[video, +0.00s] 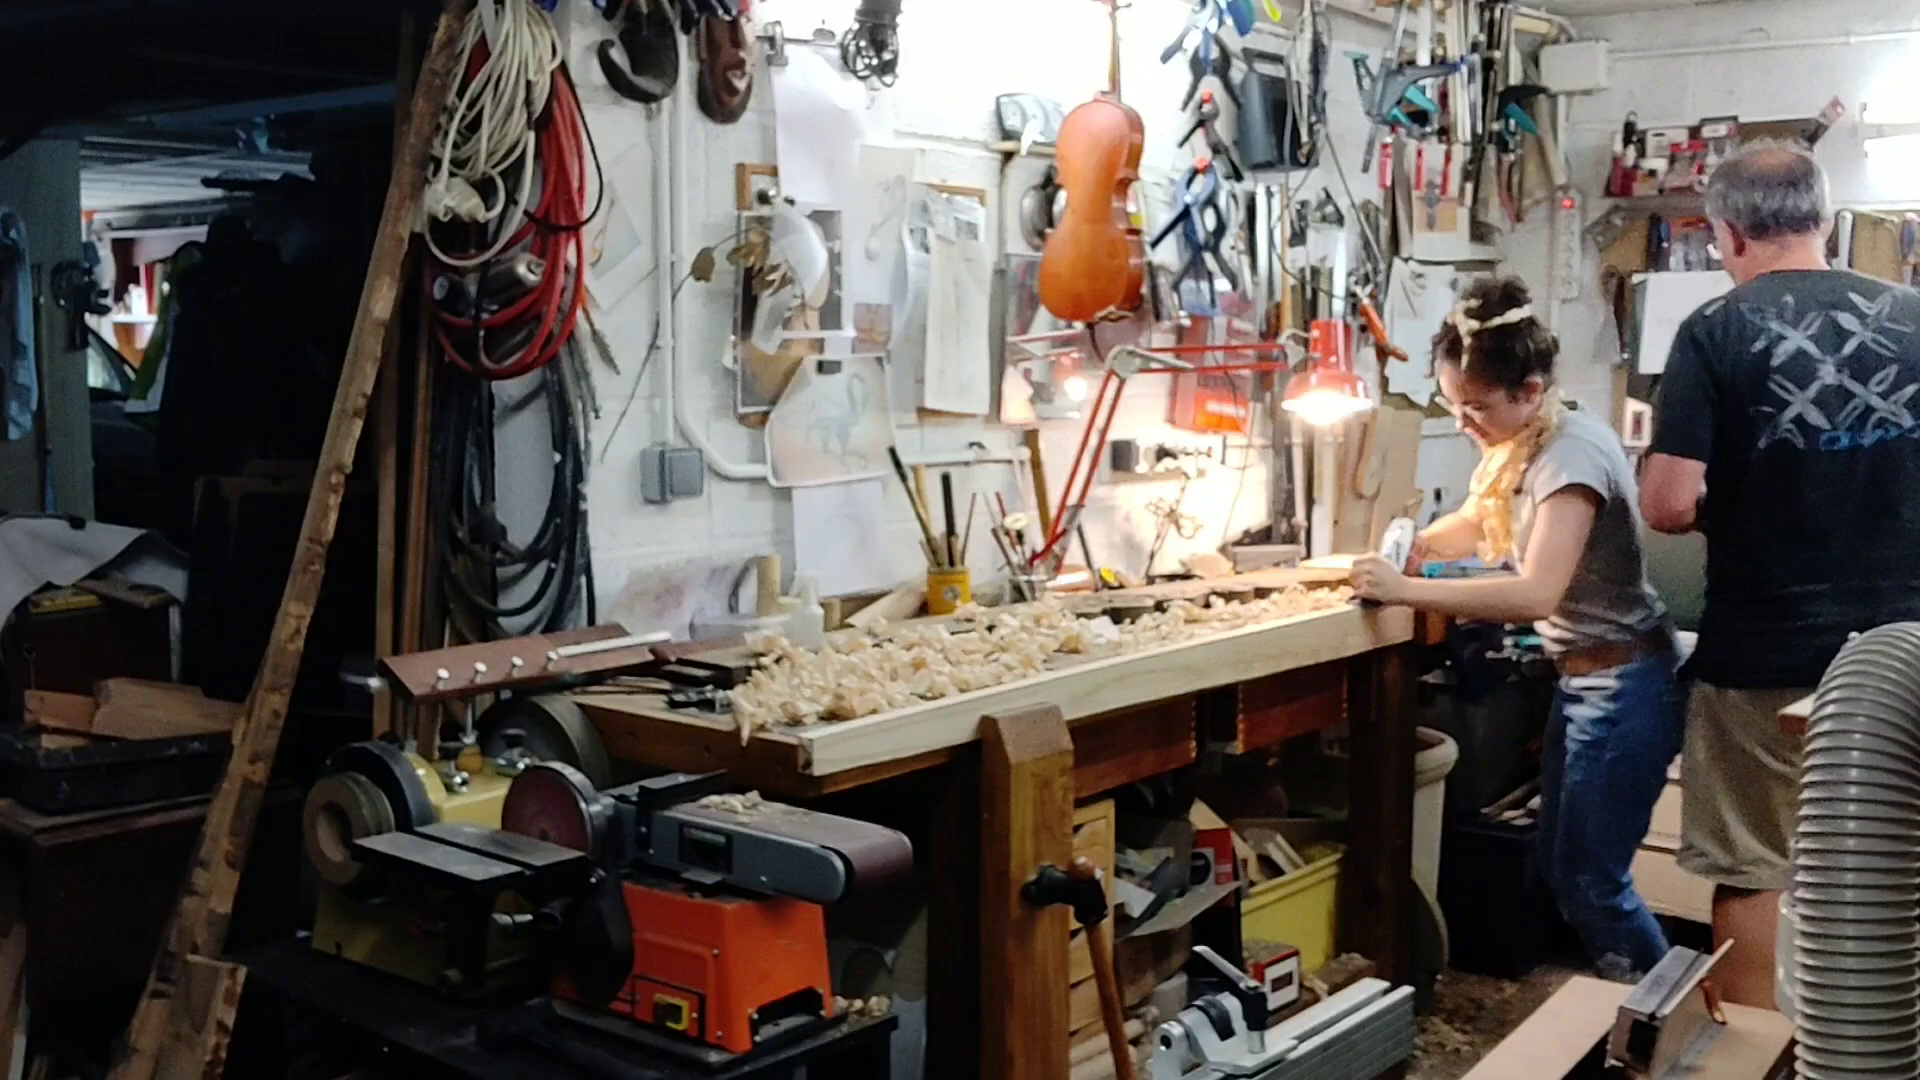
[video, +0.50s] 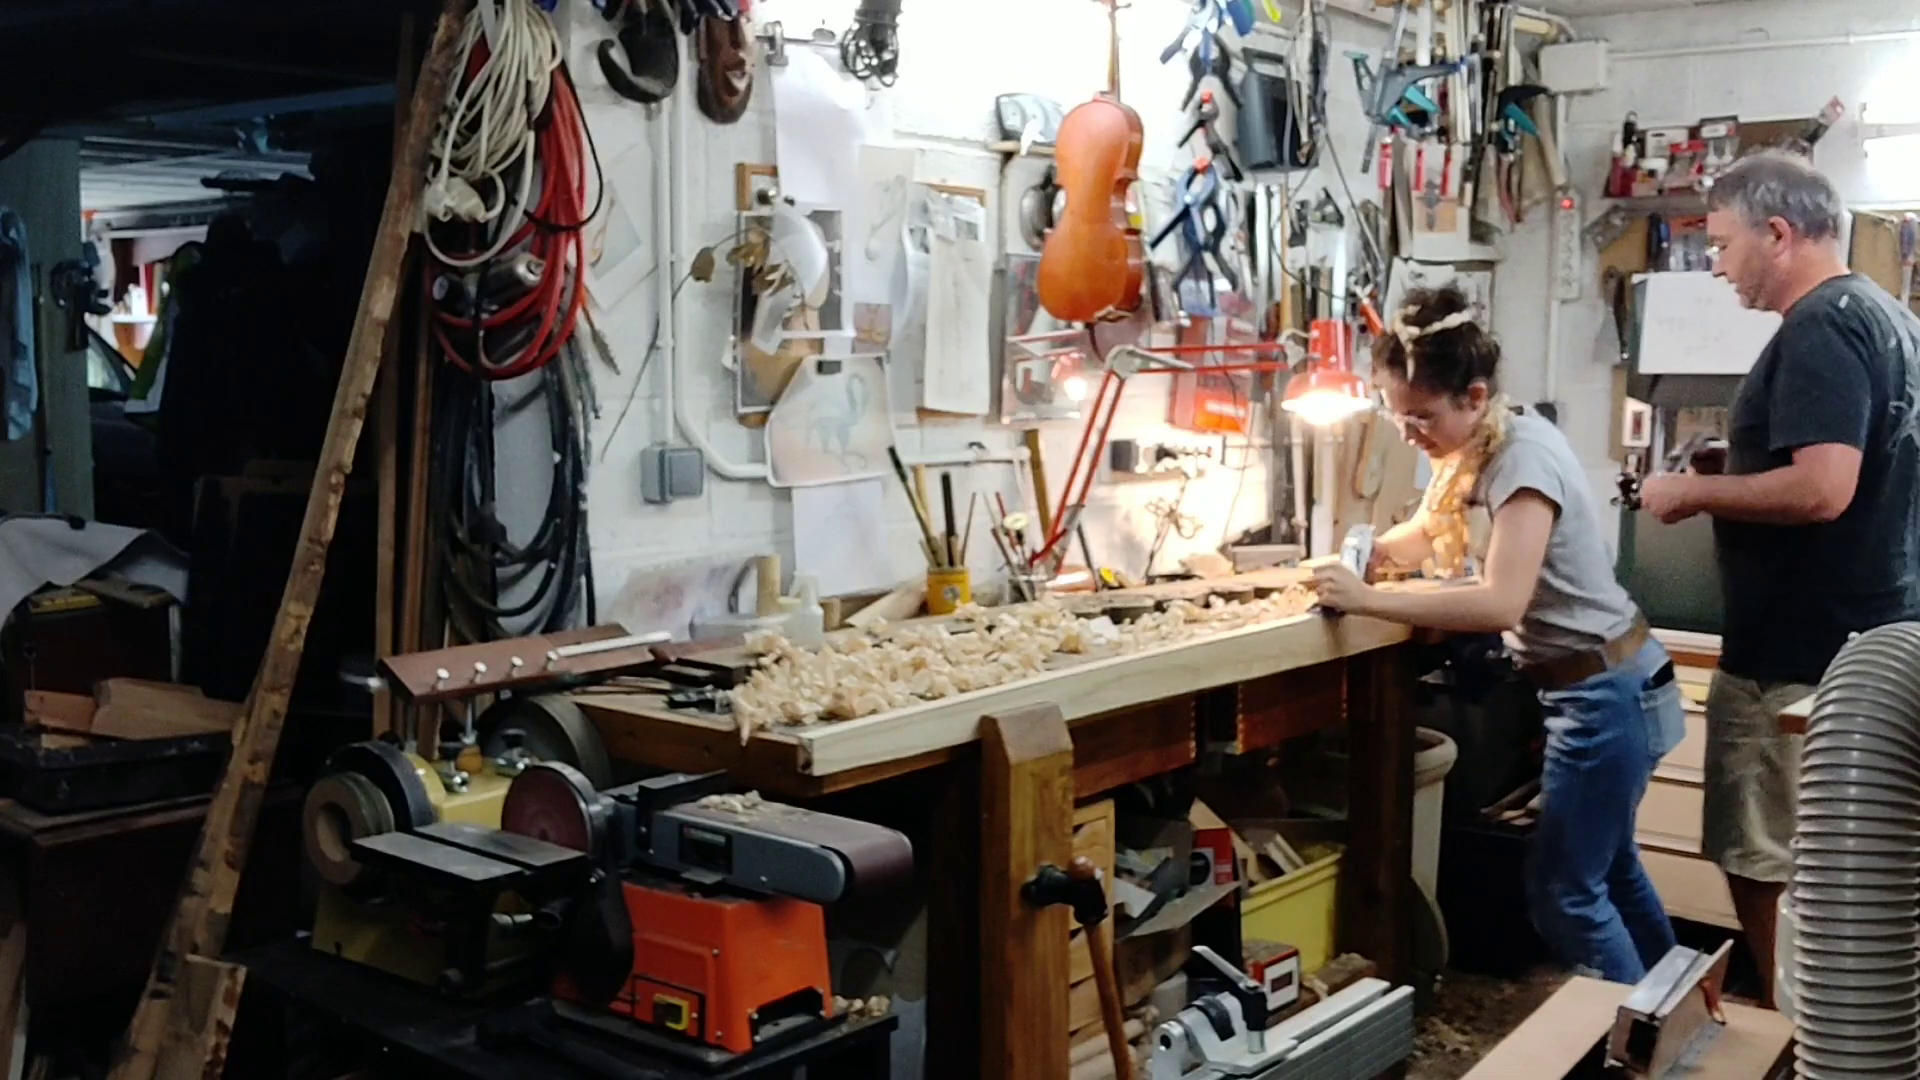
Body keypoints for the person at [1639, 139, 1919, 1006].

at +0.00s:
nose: (1718, 253)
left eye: (1716, 237)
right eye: (1715, 238)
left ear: (1732, 235)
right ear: (1824, 224)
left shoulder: (1718, 328)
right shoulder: (1909, 312)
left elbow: (1667, 505)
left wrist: (1739, 486)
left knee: (1753, 878)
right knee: (1890, 874)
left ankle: (1751, 1065)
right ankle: (1877, 1059)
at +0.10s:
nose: (1725, 264)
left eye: (1723, 246)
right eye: (1720, 248)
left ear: (1748, 241)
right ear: (1827, 231)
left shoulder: (1744, 336)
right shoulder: (1908, 314)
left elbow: (1695, 510)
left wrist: (1678, 492)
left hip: (1781, 657)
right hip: (1902, 652)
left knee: (1753, 882)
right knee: (1885, 875)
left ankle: (1751, 1065)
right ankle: (1874, 1056)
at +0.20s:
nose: (1736, 279)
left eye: (1732, 259)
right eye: (1728, 262)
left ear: (1767, 244)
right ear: (1832, 236)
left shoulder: (1778, 335)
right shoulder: (1907, 315)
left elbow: (1747, 502)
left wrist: (1693, 509)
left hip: (1799, 662)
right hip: (1904, 654)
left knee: (1755, 869)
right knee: (1884, 866)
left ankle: (1761, 1047)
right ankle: (1872, 1042)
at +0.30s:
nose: (1737, 274)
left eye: (1734, 251)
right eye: (1729, 256)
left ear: (1780, 232)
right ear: (1823, 230)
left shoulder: (1809, 324)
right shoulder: (1902, 307)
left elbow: (1782, 489)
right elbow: (1878, 472)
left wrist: (1704, 499)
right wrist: (1747, 480)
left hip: (1805, 656)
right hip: (1897, 649)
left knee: (1758, 857)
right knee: (1875, 853)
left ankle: (1779, 1029)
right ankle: (1862, 1028)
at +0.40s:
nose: (1729, 264)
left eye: (1731, 241)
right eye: (1724, 245)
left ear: (1785, 228)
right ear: (1808, 229)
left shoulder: (1825, 319)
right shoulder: (1890, 306)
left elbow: (1810, 483)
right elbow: (1854, 469)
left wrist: (1705, 492)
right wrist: (1736, 468)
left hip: (1803, 654)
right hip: (1880, 646)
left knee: (1763, 856)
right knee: (1856, 851)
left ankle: (1784, 1024)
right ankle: (1845, 1027)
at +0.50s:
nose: (1715, 266)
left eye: (1721, 243)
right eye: (1712, 247)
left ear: (1780, 233)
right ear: (1796, 235)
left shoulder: (1825, 322)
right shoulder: (1877, 315)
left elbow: (1821, 487)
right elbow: (1849, 479)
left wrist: (1697, 491)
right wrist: (1719, 474)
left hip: (1791, 663)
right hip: (1857, 657)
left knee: (1764, 866)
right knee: (1836, 860)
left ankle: (1783, 1028)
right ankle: (1825, 1026)